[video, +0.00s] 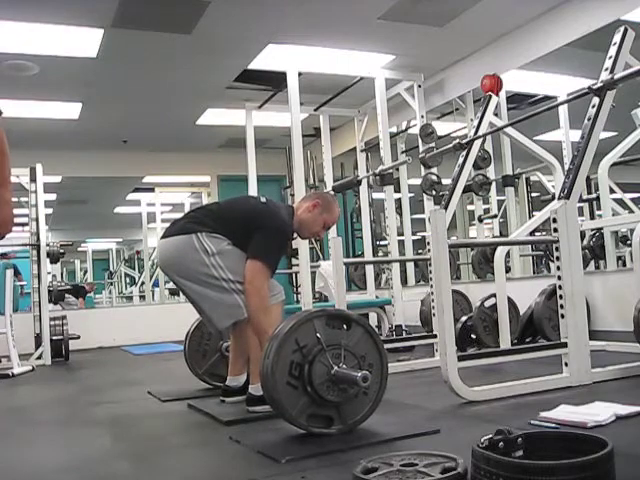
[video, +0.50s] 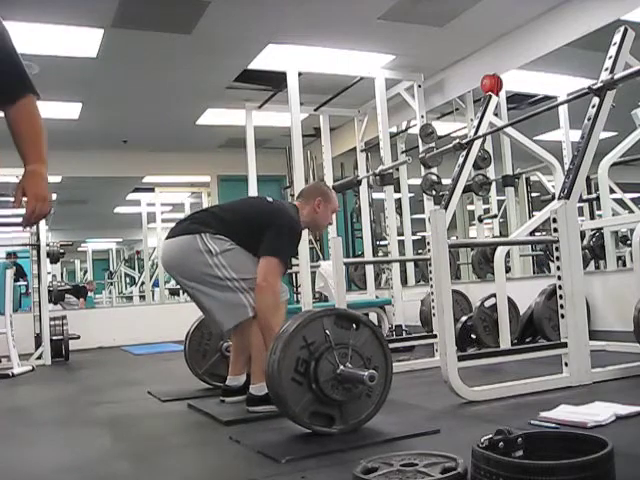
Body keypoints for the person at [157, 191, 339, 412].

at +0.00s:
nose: (322, 235)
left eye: (327, 230)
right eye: (325, 226)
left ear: (309, 206)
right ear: (312, 207)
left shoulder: (273, 217)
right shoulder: (278, 222)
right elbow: (255, 285)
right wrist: (275, 351)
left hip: (175, 244)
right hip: (193, 242)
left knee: (247, 302)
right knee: (272, 294)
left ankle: (235, 383)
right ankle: (260, 389)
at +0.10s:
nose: (322, 235)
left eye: (327, 230)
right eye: (325, 226)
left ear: (309, 206)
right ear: (312, 207)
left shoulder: (273, 217)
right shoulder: (279, 222)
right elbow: (255, 286)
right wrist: (275, 352)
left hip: (175, 245)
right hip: (193, 243)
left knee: (250, 301)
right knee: (273, 294)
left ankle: (235, 383)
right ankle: (260, 390)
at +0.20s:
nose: (322, 236)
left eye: (327, 230)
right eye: (325, 226)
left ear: (310, 207)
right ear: (313, 208)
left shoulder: (275, 218)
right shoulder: (279, 223)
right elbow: (253, 285)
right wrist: (275, 351)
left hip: (176, 244)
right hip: (194, 242)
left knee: (249, 302)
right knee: (273, 294)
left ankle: (235, 383)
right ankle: (260, 390)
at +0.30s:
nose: (327, 235)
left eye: (331, 230)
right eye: (329, 227)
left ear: (312, 212)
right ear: (315, 212)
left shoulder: (276, 220)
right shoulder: (280, 225)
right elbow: (254, 284)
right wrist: (275, 350)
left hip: (176, 244)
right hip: (195, 242)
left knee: (249, 299)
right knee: (274, 294)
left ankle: (235, 382)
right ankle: (260, 390)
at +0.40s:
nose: (332, 229)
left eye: (334, 222)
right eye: (332, 221)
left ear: (314, 211)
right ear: (318, 212)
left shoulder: (277, 218)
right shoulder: (283, 225)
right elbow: (258, 287)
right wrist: (280, 353)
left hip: (178, 244)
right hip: (196, 243)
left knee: (251, 298)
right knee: (274, 293)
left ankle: (235, 381)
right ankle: (260, 391)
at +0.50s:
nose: (332, 221)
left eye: (334, 214)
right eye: (332, 212)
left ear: (312, 204)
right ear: (318, 205)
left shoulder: (277, 215)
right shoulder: (287, 221)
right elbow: (265, 284)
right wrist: (279, 353)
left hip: (177, 245)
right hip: (198, 243)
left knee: (250, 303)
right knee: (272, 301)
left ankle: (235, 382)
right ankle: (261, 391)